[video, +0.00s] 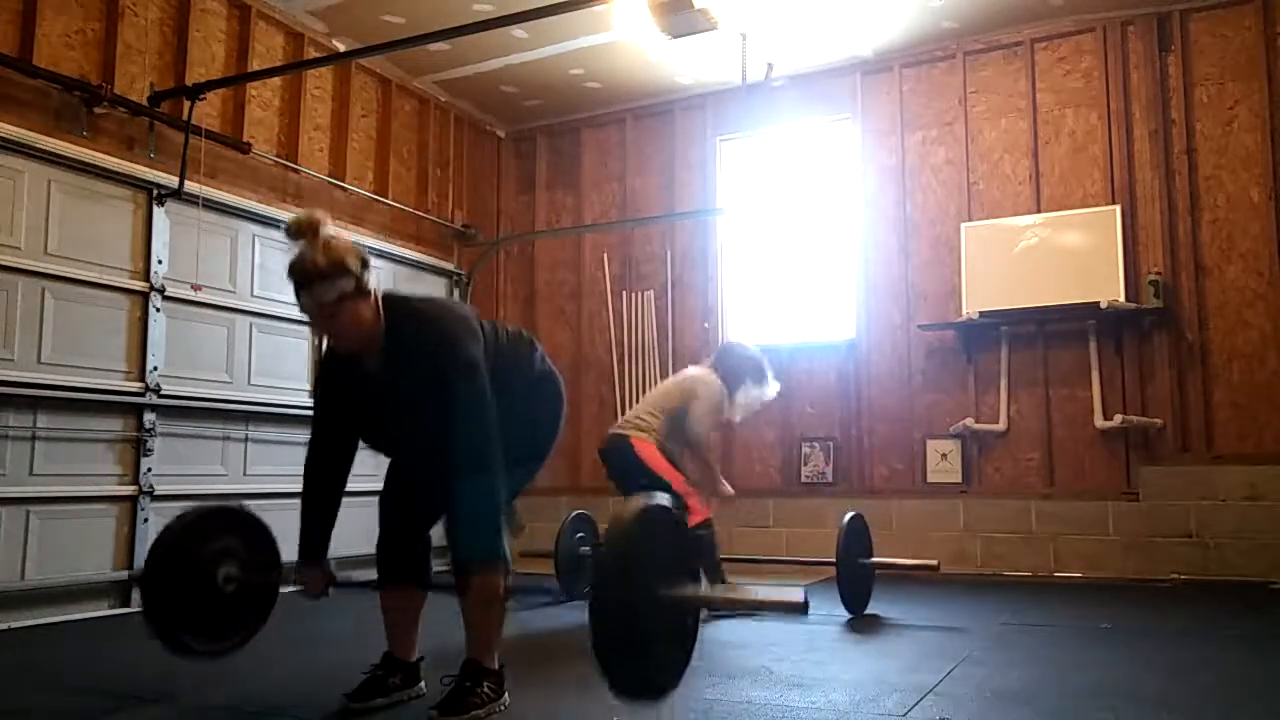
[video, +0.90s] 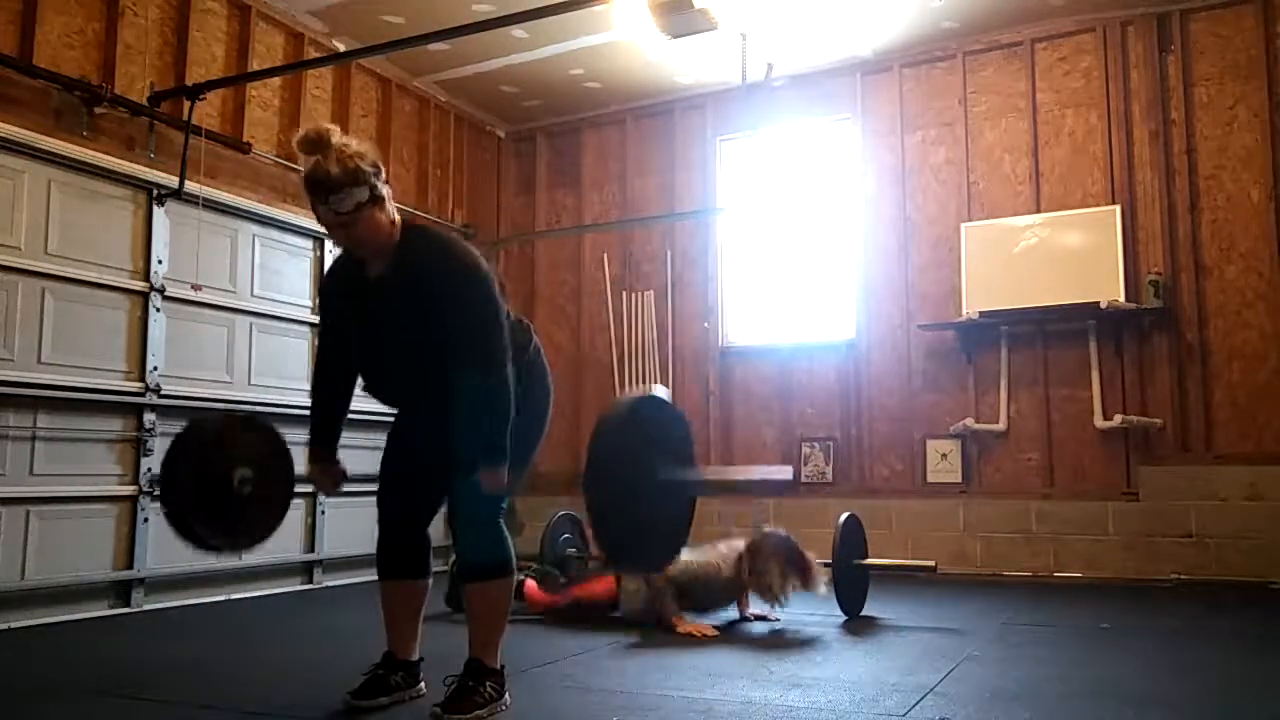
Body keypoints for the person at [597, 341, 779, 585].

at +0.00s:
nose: (755, 407)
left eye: (759, 402)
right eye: (755, 398)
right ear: (739, 381)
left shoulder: (696, 378)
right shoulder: (709, 384)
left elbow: (670, 444)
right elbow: (698, 433)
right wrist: (716, 480)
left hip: (619, 442)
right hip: (634, 442)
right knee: (694, 507)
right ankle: (717, 584)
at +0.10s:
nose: (737, 365)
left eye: (741, 359)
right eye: (738, 357)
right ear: (725, 349)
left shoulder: (700, 369)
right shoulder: (693, 363)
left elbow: (668, 413)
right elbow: (666, 407)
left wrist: (686, 453)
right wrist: (692, 455)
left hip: (641, 437)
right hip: (623, 434)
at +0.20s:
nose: (729, 362)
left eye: (733, 356)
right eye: (728, 355)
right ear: (714, 344)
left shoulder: (701, 359)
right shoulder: (679, 362)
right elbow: (644, 404)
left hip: (638, 428)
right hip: (614, 427)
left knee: (640, 501)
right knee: (631, 502)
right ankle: (629, 583)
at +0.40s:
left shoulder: (699, 412)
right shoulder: (657, 415)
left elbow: (706, 466)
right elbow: (654, 468)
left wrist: (714, 518)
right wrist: (674, 511)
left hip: (625, 455)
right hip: (596, 445)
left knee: (651, 524)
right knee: (598, 525)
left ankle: (608, 582)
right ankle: (541, 592)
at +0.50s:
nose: (740, 453)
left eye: (744, 447)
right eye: (740, 445)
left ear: (741, 439)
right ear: (730, 433)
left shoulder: (713, 447)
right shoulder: (681, 434)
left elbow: (726, 506)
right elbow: (674, 503)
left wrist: (746, 561)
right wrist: (694, 558)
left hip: (627, 446)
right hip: (593, 432)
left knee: (633, 518)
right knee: (580, 513)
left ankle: (597, 579)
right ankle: (533, 589)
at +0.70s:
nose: (762, 530)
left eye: (767, 526)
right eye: (763, 523)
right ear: (752, 511)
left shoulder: (737, 510)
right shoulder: (701, 510)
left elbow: (739, 559)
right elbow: (665, 563)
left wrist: (744, 609)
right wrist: (679, 622)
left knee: (657, 496)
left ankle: (621, 486)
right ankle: (616, 489)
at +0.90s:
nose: (775, 579)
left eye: (781, 573)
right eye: (776, 571)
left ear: (779, 566)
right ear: (762, 558)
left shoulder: (743, 558)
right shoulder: (718, 569)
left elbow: (742, 577)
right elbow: (657, 573)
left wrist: (745, 609)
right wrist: (677, 620)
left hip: (641, 594)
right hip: (623, 591)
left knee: (574, 598)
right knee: (555, 603)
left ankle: (543, 583)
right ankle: (523, 583)